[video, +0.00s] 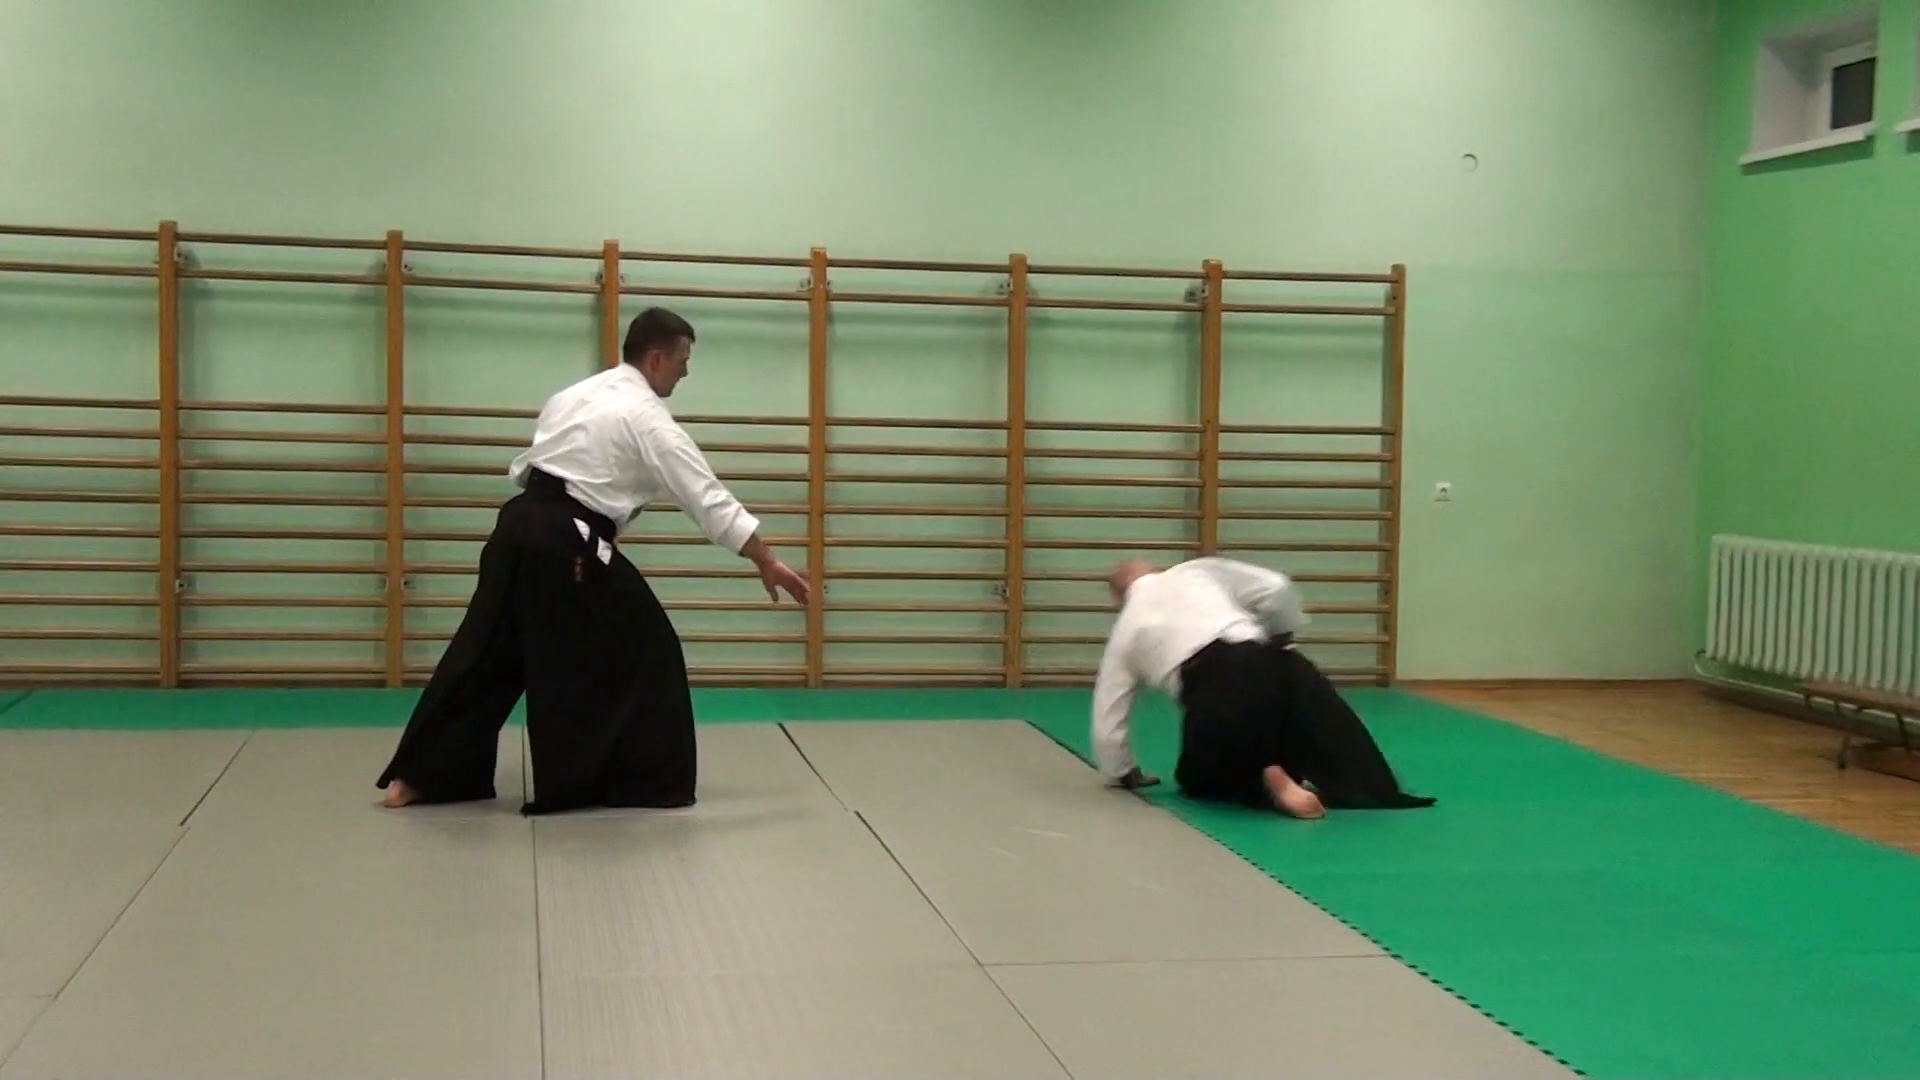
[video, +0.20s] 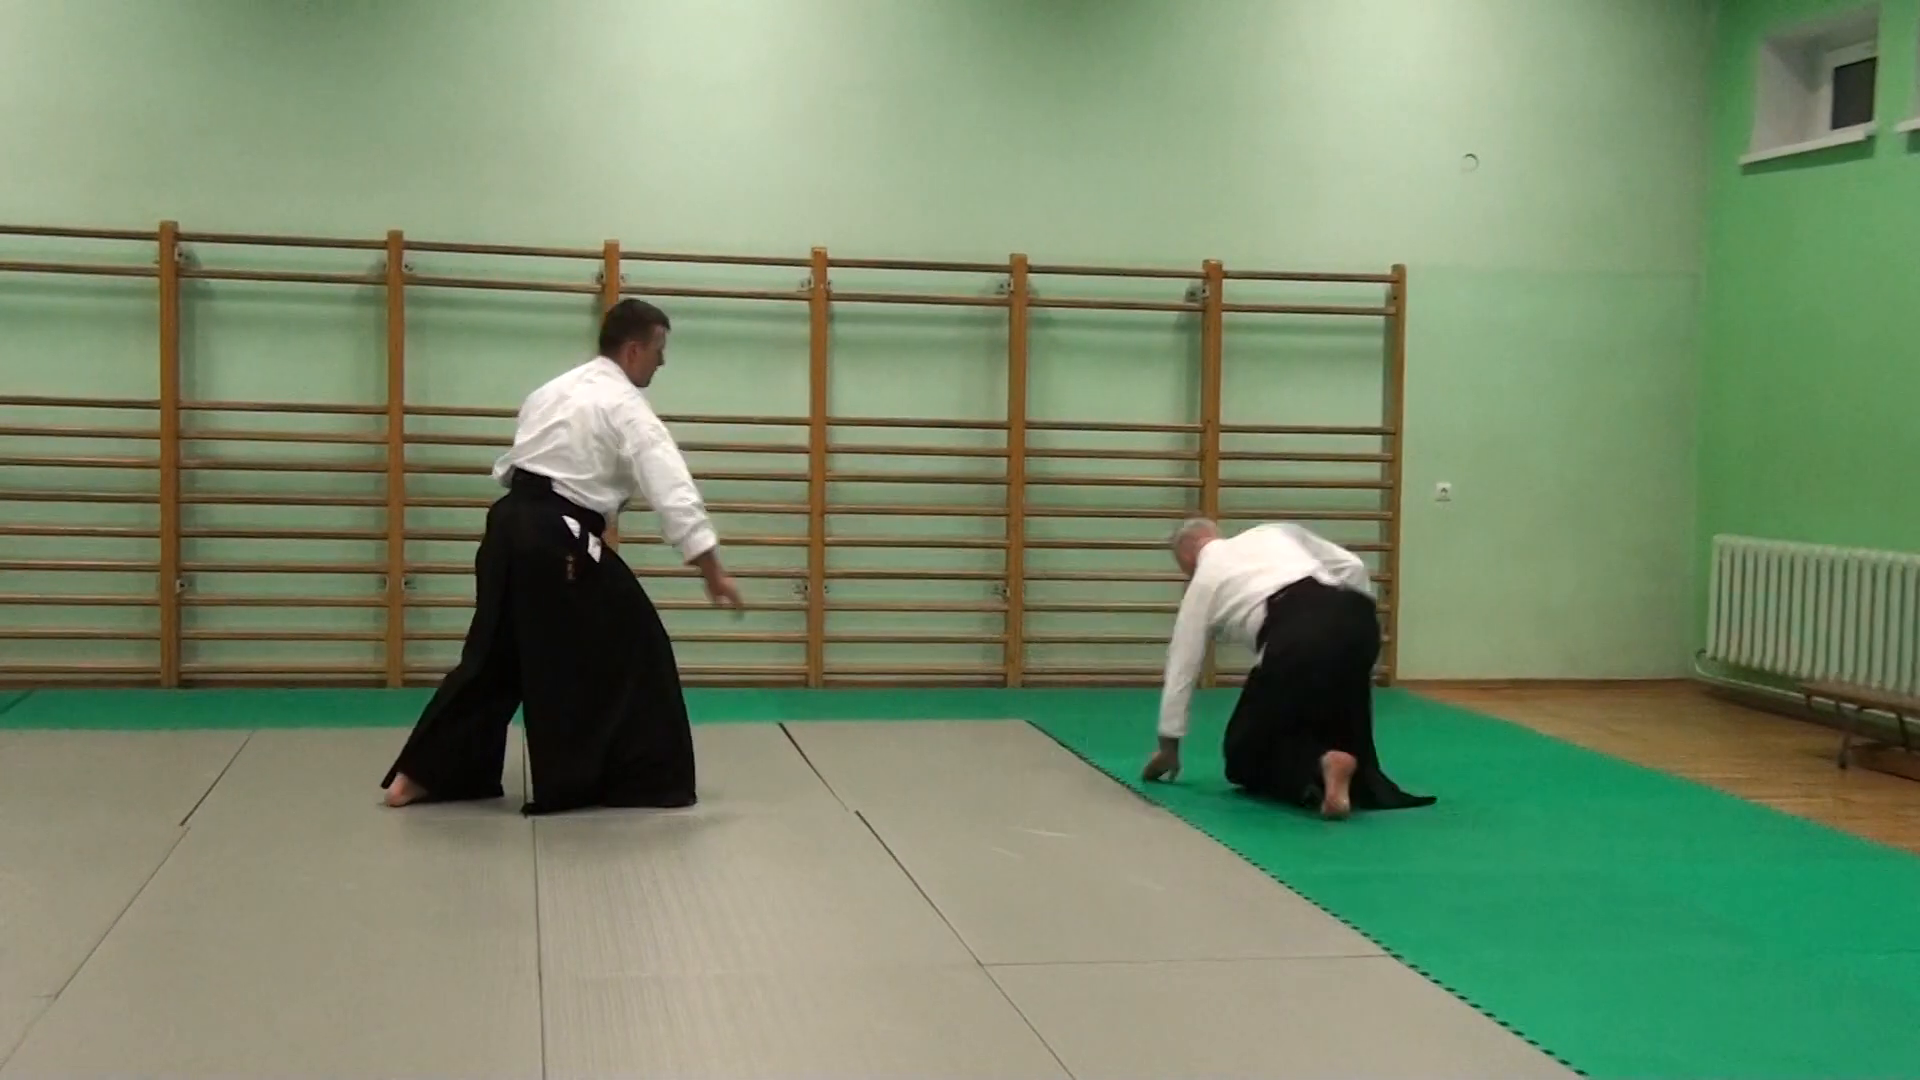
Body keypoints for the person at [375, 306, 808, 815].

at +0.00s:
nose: (683, 375)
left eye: (685, 364)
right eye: (682, 363)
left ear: (639, 353)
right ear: (655, 356)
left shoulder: (573, 394)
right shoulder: (649, 416)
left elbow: (535, 469)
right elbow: (706, 495)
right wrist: (768, 561)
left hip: (517, 528)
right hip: (573, 542)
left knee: (482, 654)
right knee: (652, 649)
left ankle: (413, 776)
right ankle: (652, 780)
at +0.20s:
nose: (661, 362)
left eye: (662, 350)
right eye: (658, 349)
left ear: (617, 348)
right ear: (632, 349)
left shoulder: (554, 389)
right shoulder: (626, 405)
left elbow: (516, 467)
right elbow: (672, 488)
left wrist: (583, 514)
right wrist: (712, 568)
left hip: (507, 528)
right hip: (564, 538)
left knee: (493, 657)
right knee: (641, 646)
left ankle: (415, 772)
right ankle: (654, 777)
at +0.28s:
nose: (639, 354)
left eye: (639, 343)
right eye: (634, 342)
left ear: (594, 341)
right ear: (608, 342)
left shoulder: (533, 388)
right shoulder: (607, 405)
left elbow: (497, 472)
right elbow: (643, 495)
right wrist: (671, 579)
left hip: (496, 530)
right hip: (554, 542)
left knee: (490, 659)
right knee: (633, 647)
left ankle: (413, 771)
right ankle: (646, 777)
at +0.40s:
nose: (592, 342)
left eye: (592, 331)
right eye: (587, 331)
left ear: (545, 331)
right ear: (562, 330)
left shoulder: (494, 382)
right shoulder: (564, 398)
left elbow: (464, 468)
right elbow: (575, 485)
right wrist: (585, 568)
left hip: (470, 527)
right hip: (522, 536)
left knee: (479, 657)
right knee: (607, 639)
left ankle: (415, 772)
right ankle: (651, 774)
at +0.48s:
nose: (560, 331)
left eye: (559, 320)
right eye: (554, 320)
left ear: (511, 323)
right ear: (527, 322)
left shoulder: (466, 375)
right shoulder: (527, 388)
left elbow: (442, 463)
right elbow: (527, 478)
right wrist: (533, 560)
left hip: (447, 524)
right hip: (495, 528)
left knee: (464, 653)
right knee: (581, 640)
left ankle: (413, 773)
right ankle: (631, 763)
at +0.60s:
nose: (516, 318)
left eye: (514, 308)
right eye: (509, 309)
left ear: (469, 314)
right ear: (480, 313)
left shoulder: (424, 369)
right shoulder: (482, 382)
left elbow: (400, 459)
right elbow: (470, 472)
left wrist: (417, 511)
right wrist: (475, 557)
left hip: (415, 518)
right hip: (460, 521)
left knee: (439, 647)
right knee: (541, 637)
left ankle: (409, 774)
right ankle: (577, 772)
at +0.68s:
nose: (491, 312)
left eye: (489, 302)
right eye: (484, 302)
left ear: (445, 310)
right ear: (455, 308)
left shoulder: (404, 364)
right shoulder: (453, 377)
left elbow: (382, 456)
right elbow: (441, 470)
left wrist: (410, 506)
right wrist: (453, 557)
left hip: (399, 515)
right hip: (443, 519)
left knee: (422, 647)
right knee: (507, 640)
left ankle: (409, 775)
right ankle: (499, 782)